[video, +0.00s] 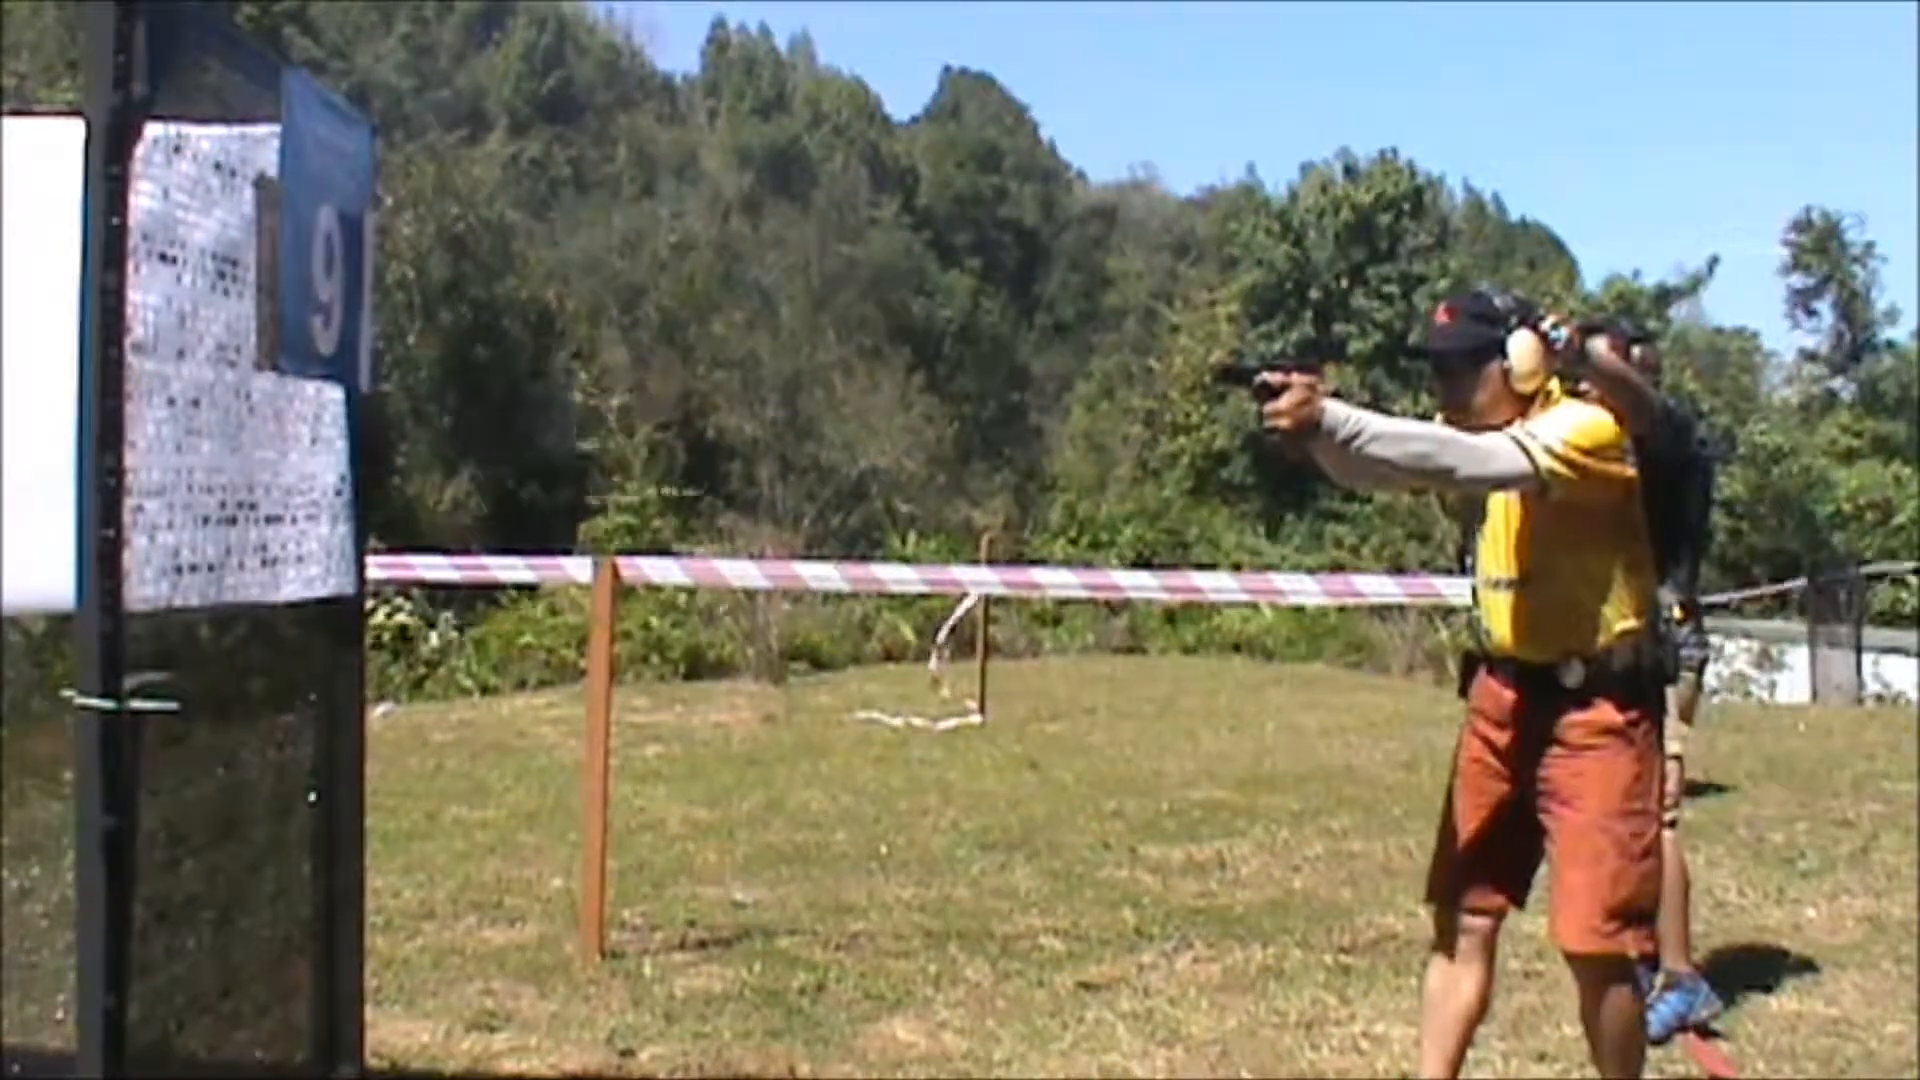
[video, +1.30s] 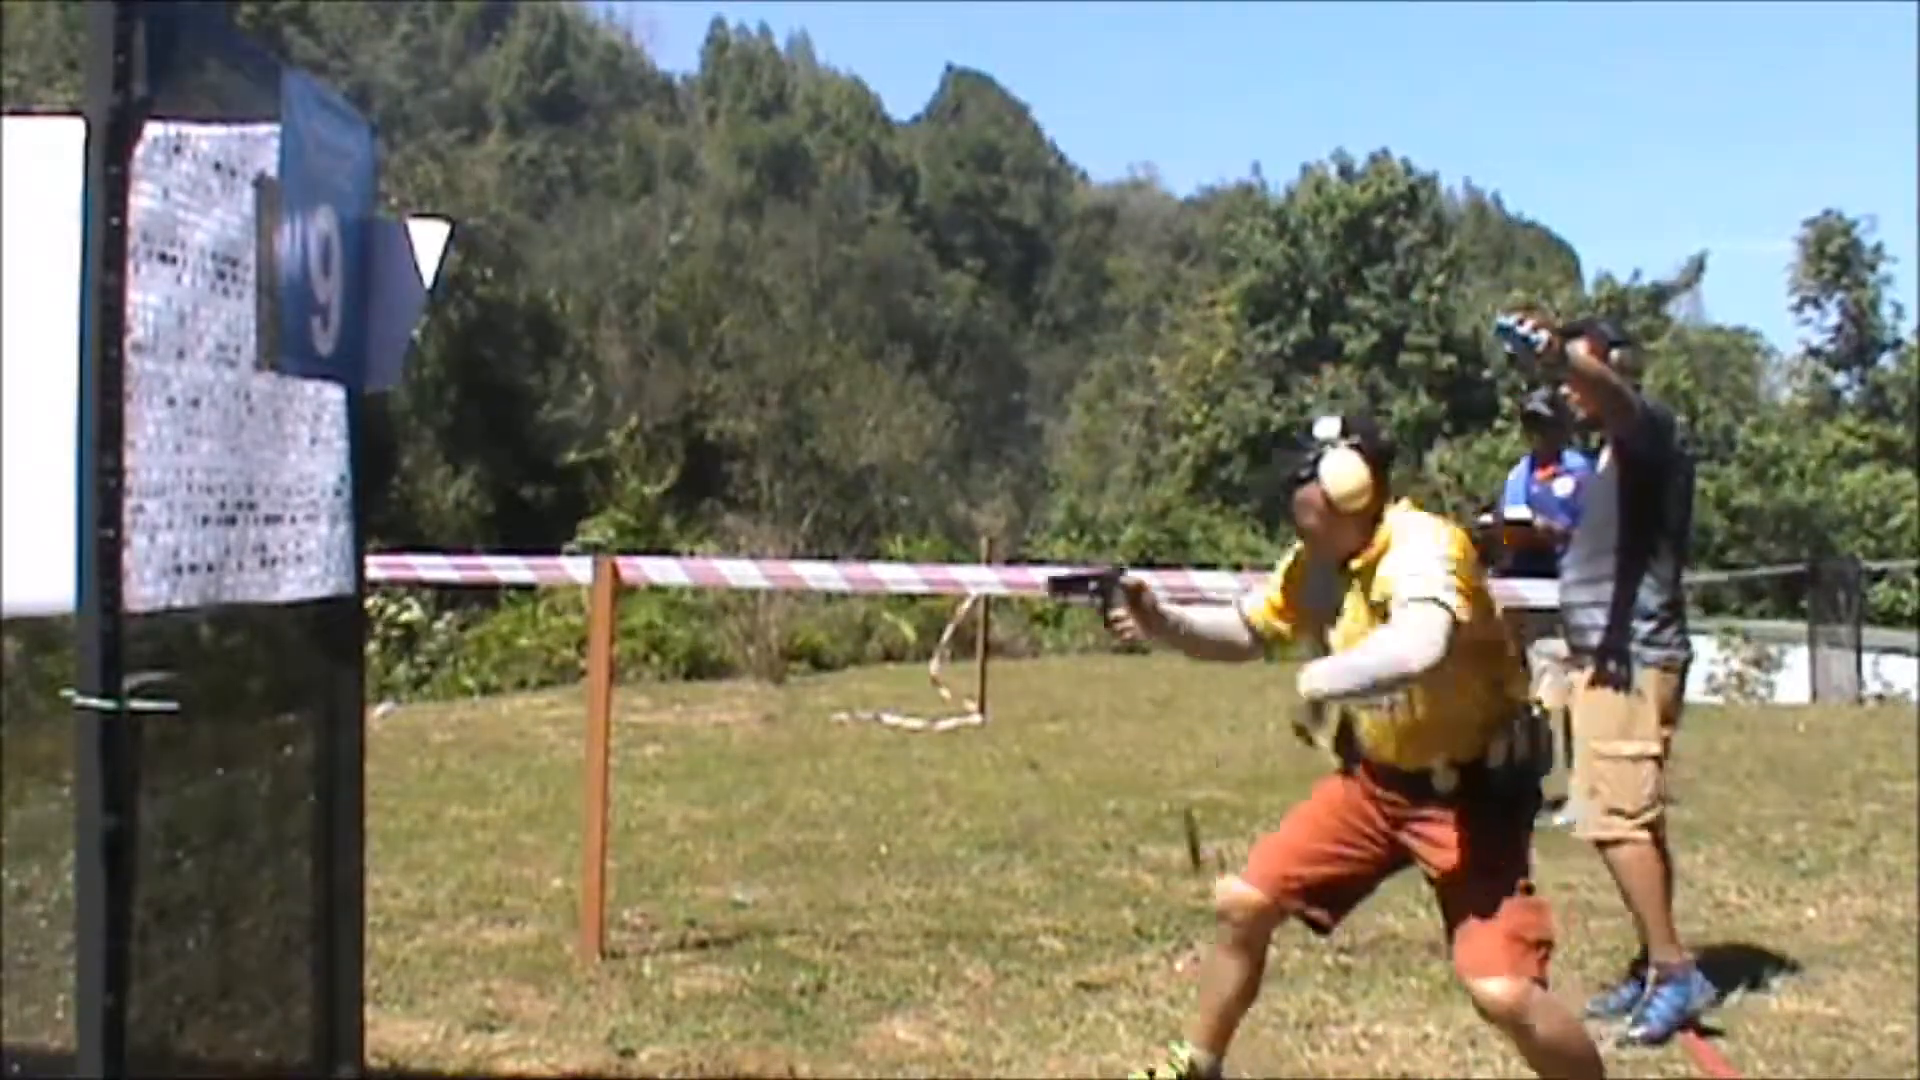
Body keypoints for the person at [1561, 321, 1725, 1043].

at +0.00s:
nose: (1607, 374)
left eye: (1620, 362)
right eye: (1602, 363)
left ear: (1644, 370)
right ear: (1596, 371)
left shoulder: (1671, 438)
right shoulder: (1583, 437)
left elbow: (1619, 379)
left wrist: (1581, 356)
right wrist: (1543, 364)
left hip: (1660, 629)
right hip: (1600, 631)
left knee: (1659, 809)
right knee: (1618, 807)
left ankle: (1678, 970)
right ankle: (1637, 967)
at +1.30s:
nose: (1570, 393)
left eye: (1580, 377)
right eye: (1566, 381)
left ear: (1614, 371)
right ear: (1587, 378)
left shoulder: (1651, 438)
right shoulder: (1613, 450)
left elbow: (1614, 395)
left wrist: (1559, 351)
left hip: (1635, 658)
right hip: (1606, 655)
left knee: (1619, 819)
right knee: (1620, 819)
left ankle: (1674, 972)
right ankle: (1653, 964)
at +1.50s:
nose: (1538, 397)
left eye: (1549, 383)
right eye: (1536, 384)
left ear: (1582, 379)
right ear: (1554, 386)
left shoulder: (1618, 442)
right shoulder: (1603, 452)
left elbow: (1590, 402)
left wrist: (1532, 358)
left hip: (1605, 656)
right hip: (1624, 656)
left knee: (1550, 810)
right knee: (1628, 816)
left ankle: (1596, 969)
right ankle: (1658, 965)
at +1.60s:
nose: (1521, 404)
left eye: (1531, 389)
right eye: (1519, 392)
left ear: (1558, 384)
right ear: (1528, 396)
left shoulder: (1597, 447)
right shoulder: (1578, 459)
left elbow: (1565, 404)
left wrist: (1514, 364)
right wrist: (1495, 529)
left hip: (1585, 655)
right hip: (1608, 655)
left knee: (1530, 810)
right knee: (1617, 810)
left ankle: (1527, 975)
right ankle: (1657, 965)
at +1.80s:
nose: (1456, 385)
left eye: (1467, 376)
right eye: (1455, 376)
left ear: (1500, 386)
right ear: (1471, 393)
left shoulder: (1530, 452)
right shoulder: (1485, 465)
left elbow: (1475, 411)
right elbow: (1474, 556)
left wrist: (1437, 379)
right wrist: (1443, 529)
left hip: (1515, 672)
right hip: (1533, 669)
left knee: (1456, 826)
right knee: (1576, 815)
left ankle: (1420, 979)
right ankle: (1654, 963)